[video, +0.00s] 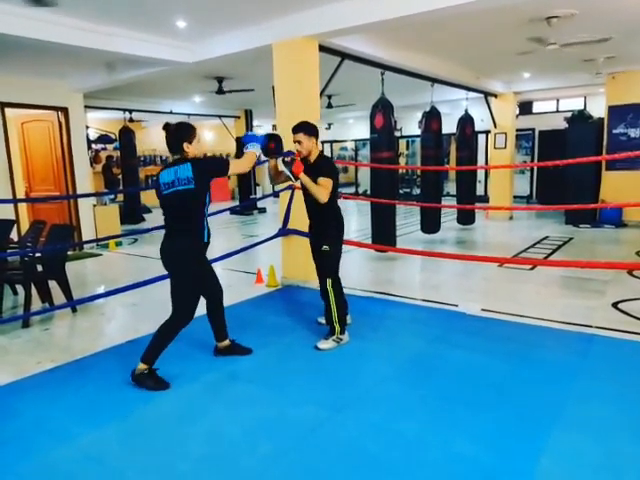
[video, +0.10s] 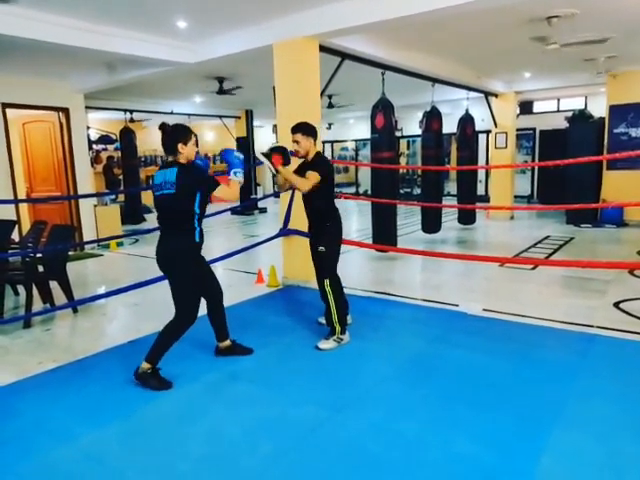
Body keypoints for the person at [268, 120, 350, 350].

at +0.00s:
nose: (296, 147)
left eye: (300, 142)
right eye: (295, 143)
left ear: (314, 141)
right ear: (296, 144)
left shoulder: (327, 165)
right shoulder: (303, 164)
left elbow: (323, 195)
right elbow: (277, 179)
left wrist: (300, 174)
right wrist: (273, 160)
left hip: (329, 226)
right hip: (316, 225)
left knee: (329, 278)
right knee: (325, 275)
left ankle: (338, 332)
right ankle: (339, 313)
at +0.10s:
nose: (294, 147)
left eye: (297, 142)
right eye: (293, 143)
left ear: (311, 141)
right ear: (304, 143)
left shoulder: (321, 163)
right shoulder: (305, 164)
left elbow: (304, 186)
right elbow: (283, 186)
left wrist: (280, 167)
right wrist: (278, 169)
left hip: (328, 227)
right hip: (316, 226)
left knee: (327, 278)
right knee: (325, 275)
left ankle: (339, 332)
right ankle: (339, 313)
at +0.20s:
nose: (292, 147)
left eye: (295, 142)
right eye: (291, 143)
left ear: (308, 141)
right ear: (301, 143)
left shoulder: (314, 162)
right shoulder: (307, 164)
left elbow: (281, 165)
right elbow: (288, 192)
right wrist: (282, 170)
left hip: (323, 225)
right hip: (318, 224)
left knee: (317, 277)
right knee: (326, 271)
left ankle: (337, 331)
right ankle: (343, 313)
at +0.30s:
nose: (287, 147)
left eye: (290, 142)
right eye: (286, 143)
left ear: (303, 141)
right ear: (300, 143)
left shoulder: (305, 161)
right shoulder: (305, 164)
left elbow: (269, 159)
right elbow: (288, 195)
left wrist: (236, 157)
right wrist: (281, 175)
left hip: (317, 223)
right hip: (318, 221)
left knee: (301, 273)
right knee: (325, 269)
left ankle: (325, 324)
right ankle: (342, 312)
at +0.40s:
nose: (278, 148)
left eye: (281, 143)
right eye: (278, 144)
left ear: (294, 143)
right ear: (290, 144)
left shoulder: (298, 163)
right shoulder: (295, 166)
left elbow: (263, 159)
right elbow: (280, 198)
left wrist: (231, 158)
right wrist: (274, 179)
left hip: (309, 227)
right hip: (314, 225)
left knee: (287, 272)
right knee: (323, 270)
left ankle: (296, 325)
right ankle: (342, 313)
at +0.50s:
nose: (268, 151)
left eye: (272, 146)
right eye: (268, 147)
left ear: (285, 145)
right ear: (281, 147)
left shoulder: (289, 165)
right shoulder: (283, 168)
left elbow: (259, 159)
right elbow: (268, 199)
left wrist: (229, 157)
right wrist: (261, 178)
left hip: (300, 229)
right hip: (303, 227)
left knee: (278, 273)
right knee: (317, 271)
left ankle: (265, 326)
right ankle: (342, 312)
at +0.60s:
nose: (257, 153)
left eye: (260, 148)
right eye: (256, 149)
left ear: (275, 147)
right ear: (264, 150)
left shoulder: (279, 168)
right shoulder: (270, 170)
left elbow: (247, 160)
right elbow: (255, 203)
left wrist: (215, 156)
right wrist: (249, 179)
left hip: (287, 230)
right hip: (287, 228)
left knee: (265, 277)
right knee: (302, 272)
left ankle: (257, 329)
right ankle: (337, 306)